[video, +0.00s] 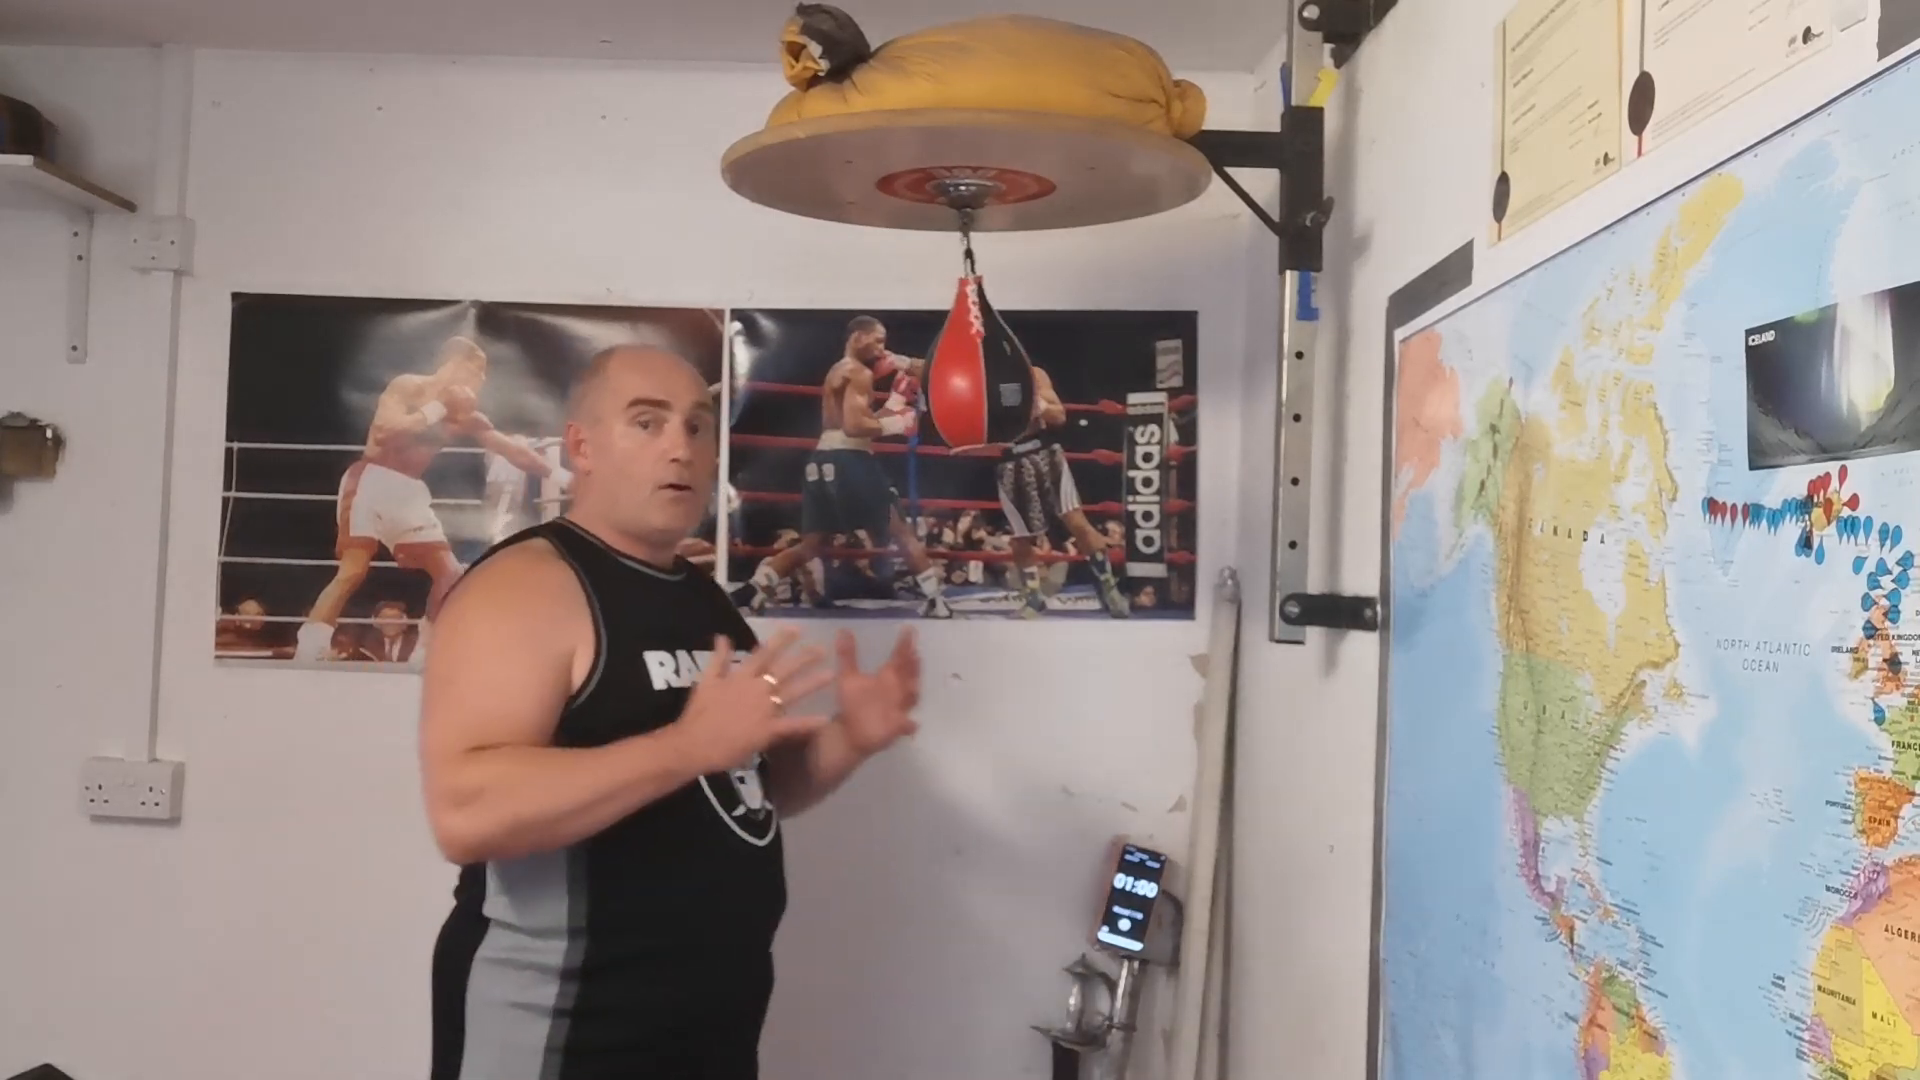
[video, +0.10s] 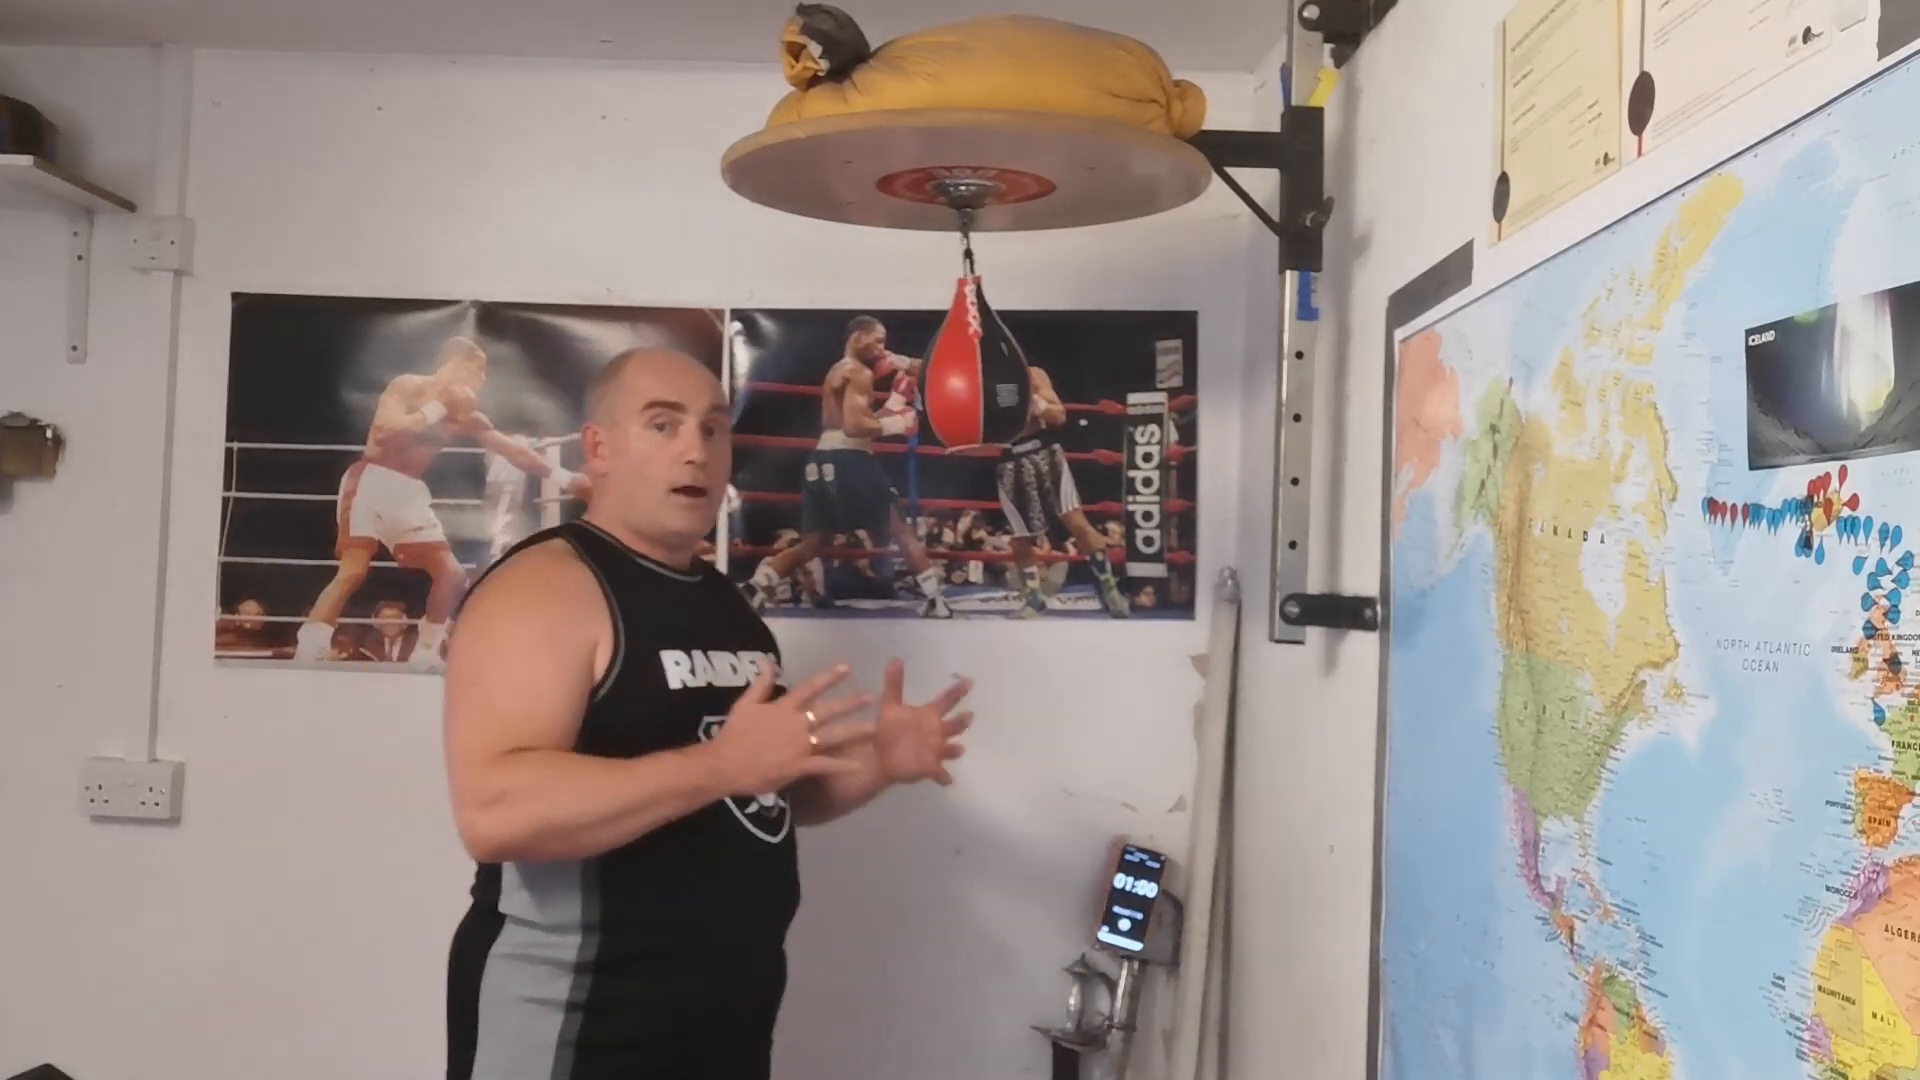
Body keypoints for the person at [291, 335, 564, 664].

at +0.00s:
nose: (472, 384)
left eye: (478, 378)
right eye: (469, 374)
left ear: (478, 380)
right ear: (450, 365)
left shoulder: (463, 410)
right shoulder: (406, 385)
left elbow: (506, 447)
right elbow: (383, 431)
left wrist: (555, 474)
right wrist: (434, 411)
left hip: (409, 493)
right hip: (369, 482)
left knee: (448, 573)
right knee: (353, 570)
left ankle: (424, 652)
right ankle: (307, 650)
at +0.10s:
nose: (474, 384)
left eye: (478, 377)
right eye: (469, 374)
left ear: (475, 380)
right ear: (449, 365)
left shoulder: (463, 411)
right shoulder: (404, 386)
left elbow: (507, 449)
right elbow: (383, 429)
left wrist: (561, 476)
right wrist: (429, 414)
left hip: (408, 493)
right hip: (370, 484)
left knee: (449, 574)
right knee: (352, 570)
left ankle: (426, 653)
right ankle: (307, 647)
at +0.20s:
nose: (474, 386)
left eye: (478, 380)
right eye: (472, 375)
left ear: (475, 383)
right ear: (451, 367)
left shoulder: (465, 415)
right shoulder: (405, 387)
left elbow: (512, 451)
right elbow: (384, 431)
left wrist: (564, 478)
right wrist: (435, 410)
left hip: (410, 492)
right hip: (371, 483)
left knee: (450, 573)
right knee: (352, 571)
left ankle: (425, 655)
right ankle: (306, 650)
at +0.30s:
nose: (473, 386)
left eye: (478, 380)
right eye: (471, 375)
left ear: (475, 383)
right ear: (451, 366)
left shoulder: (464, 415)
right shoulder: (406, 387)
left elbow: (511, 450)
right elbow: (385, 430)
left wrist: (564, 478)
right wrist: (435, 411)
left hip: (409, 492)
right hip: (370, 482)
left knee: (450, 574)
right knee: (352, 571)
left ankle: (424, 656)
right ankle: (306, 650)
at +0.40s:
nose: (474, 386)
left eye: (478, 380)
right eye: (471, 375)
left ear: (475, 384)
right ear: (450, 367)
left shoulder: (464, 415)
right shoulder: (406, 387)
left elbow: (512, 450)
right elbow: (385, 432)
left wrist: (566, 478)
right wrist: (437, 409)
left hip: (409, 491)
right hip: (370, 481)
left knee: (449, 572)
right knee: (352, 571)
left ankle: (425, 656)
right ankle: (306, 651)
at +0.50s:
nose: (475, 386)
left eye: (479, 380)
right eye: (472, 376)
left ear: (475, 384)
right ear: (451, 367)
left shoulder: (463, 415)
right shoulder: (406, 387)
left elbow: (511, 450)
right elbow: (384, 432)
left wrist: (566, 478)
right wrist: (437, 409)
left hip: (409, 492)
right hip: (370, 481)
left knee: (449, 573)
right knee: (353, 571)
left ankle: (424, 656)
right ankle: (306, 652)